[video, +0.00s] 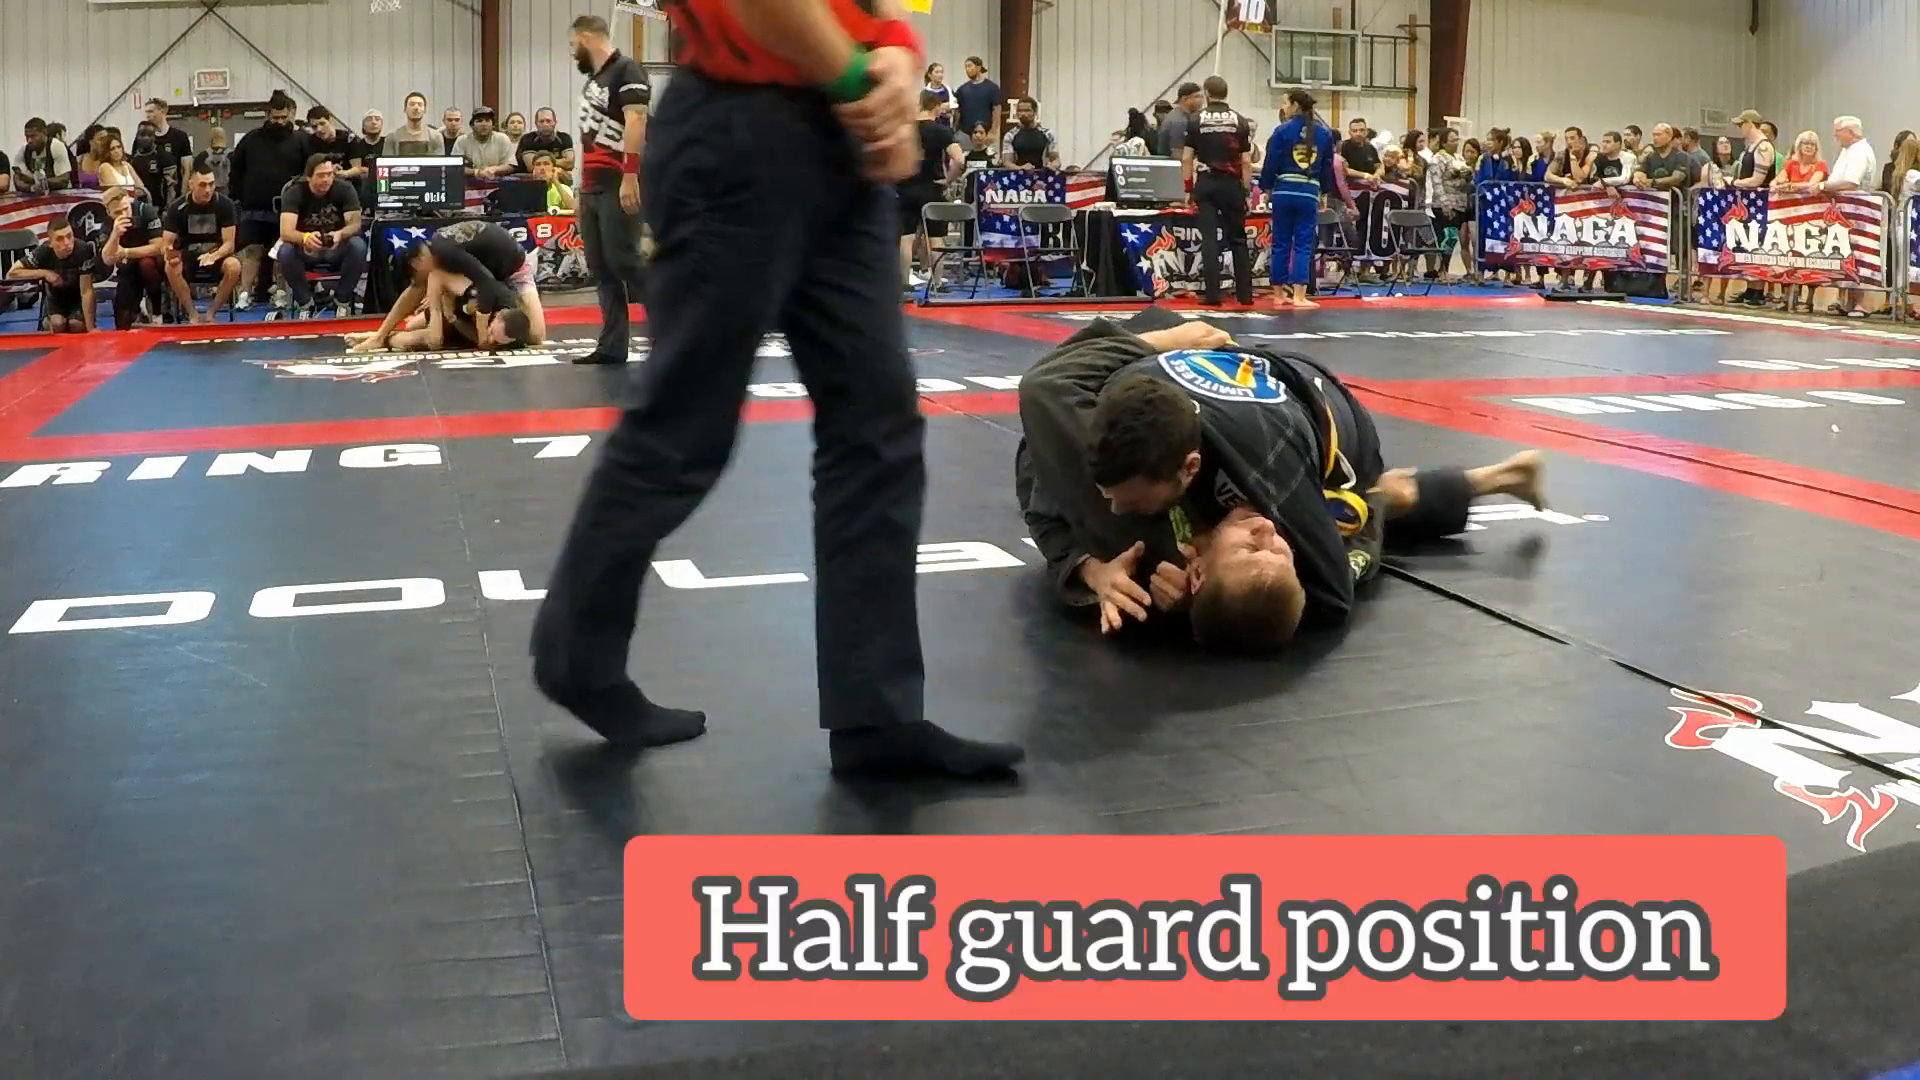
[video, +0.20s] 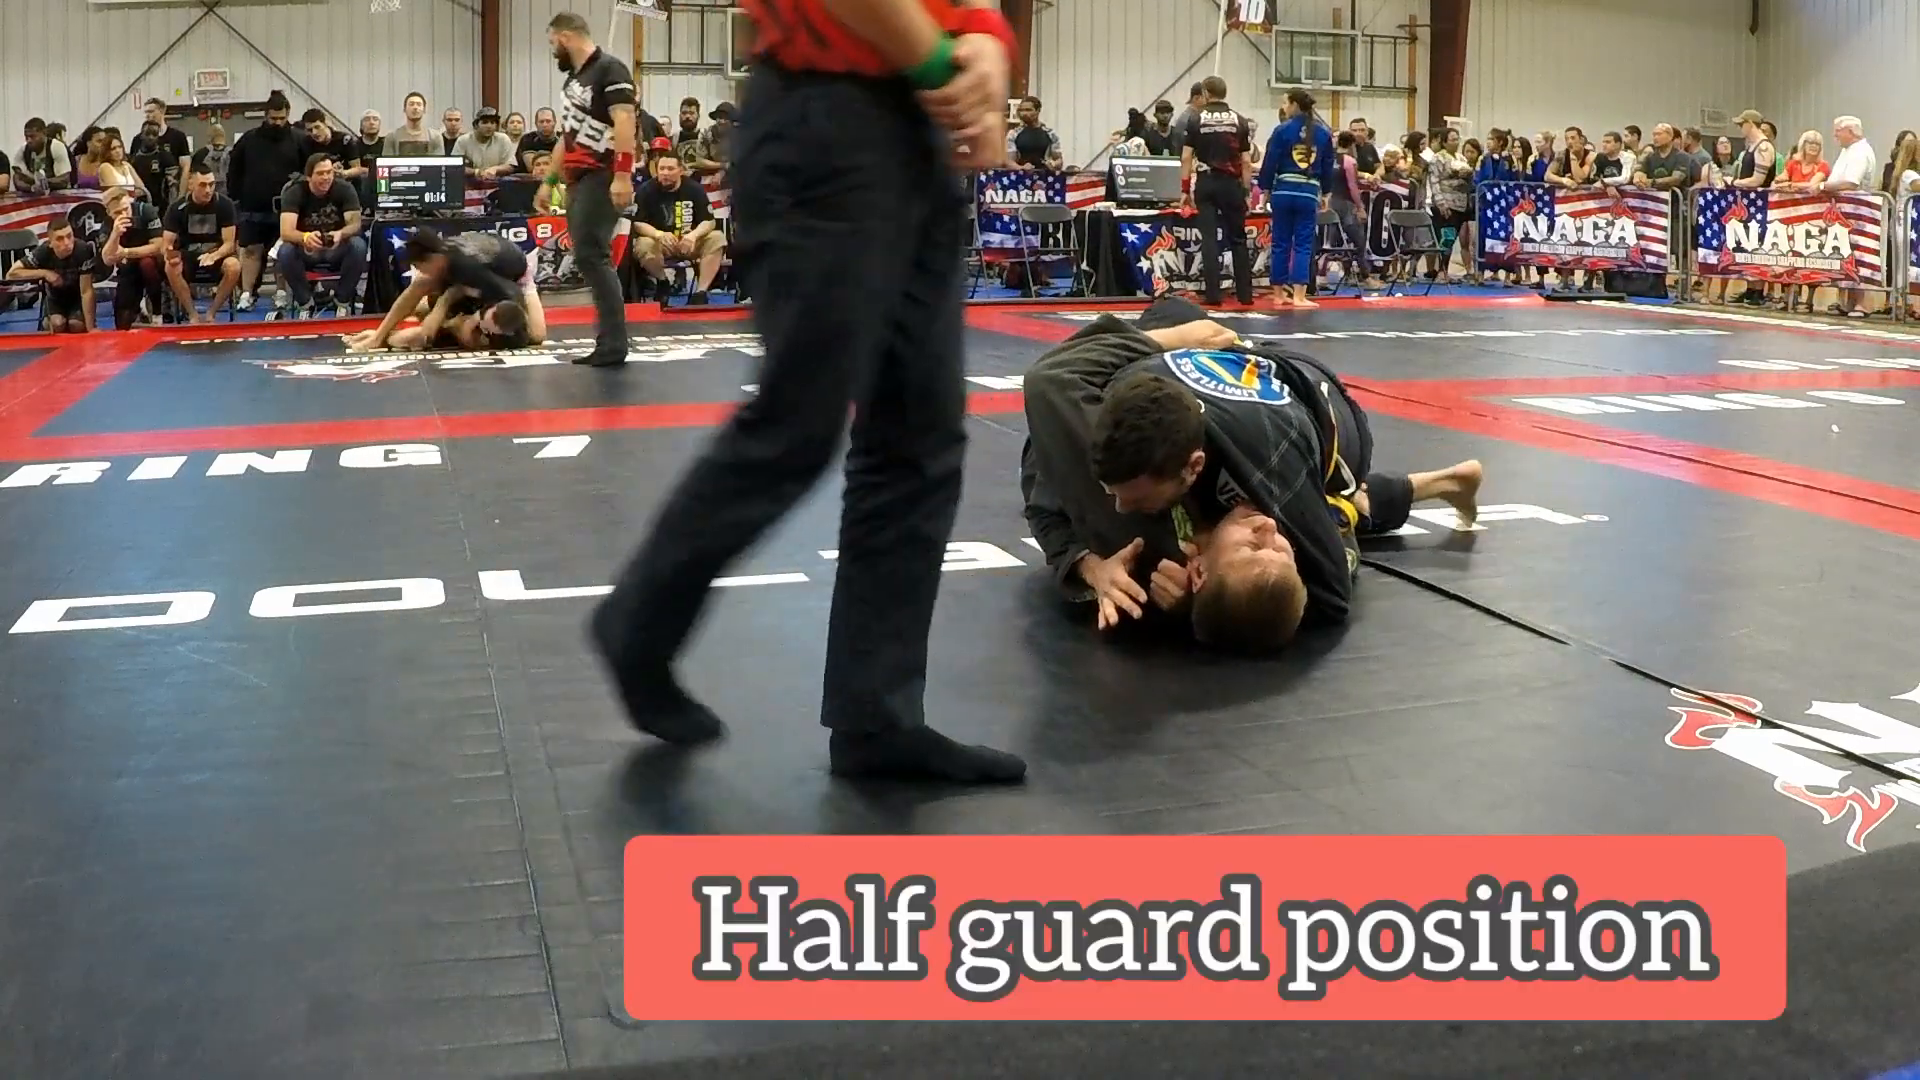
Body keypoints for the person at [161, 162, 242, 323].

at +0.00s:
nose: (208, 190)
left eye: (211, 184)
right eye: (202, 185)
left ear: (215, 183)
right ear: (191, 184)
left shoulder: (224, 205)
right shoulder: (177, 207)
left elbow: (229, 243)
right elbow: (167, 242)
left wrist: (214, 255)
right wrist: (171, 257)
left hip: (215, 254)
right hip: (187, 255)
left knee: (234, 266)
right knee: (171, 268)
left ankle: (211, 314)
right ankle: (193, 315)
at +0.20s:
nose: (208, 190)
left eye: (211, 185)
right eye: (202, 185)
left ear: (215, 184)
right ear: (191, 185)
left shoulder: (224, 205)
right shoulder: (177, 208)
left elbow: (229, 243)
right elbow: (167, 243)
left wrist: (214, 256)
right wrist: (171, 256)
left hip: (215, 254)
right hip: (187, 255)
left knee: (234, 266)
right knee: (171, 268)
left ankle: (211, 314)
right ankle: (193, 315)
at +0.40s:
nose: (208, 190)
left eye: (211, 185)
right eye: (202, 185)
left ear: (215, 184)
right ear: (190, 185)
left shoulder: (225, 204)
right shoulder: (178, 207)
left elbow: (230, 242)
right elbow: (167, 242)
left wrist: (214, 255)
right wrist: (171, 256)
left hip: (215, 253)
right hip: (188, 255)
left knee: (234, 266)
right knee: (171, 268)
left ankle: (211, 313)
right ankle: (193, 315)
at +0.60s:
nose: (208, 190)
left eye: (211, 185)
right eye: (203, 185)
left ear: (215, 183)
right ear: (191, 184)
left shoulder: (225, 204)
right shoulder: (177, 207)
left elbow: (229, 243)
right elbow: (167, 242)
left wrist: (214, 255)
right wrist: (171, 256)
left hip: (215, 253)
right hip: (188, 255)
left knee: (234, 266)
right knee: (171, 268)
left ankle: (211, 313)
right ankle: (193, 315)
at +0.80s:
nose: (208, 190)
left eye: (211, 185)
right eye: (203, 185)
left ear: (215, 183)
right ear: (191, 184)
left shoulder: (225, 204)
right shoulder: (178, 207)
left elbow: (229, 243)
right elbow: (167, 243)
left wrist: (215, 255)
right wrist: (172, 257)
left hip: (216, 252)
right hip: (188, 253)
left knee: (234, 267)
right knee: (172, 268)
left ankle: (211, 312)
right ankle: (193, 315)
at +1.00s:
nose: (208, 190)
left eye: (212, 184)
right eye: (203, 185)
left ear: (216, 183)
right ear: (190, 184)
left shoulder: (225, 204)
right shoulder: (177, 207)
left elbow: (229, 243)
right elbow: (167, 243)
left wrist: (214, 255)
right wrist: (171, 257)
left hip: (216, 252)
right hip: (188, 253)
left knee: (234, 266)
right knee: (172, 268)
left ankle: (211, 313)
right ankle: (193, 315)